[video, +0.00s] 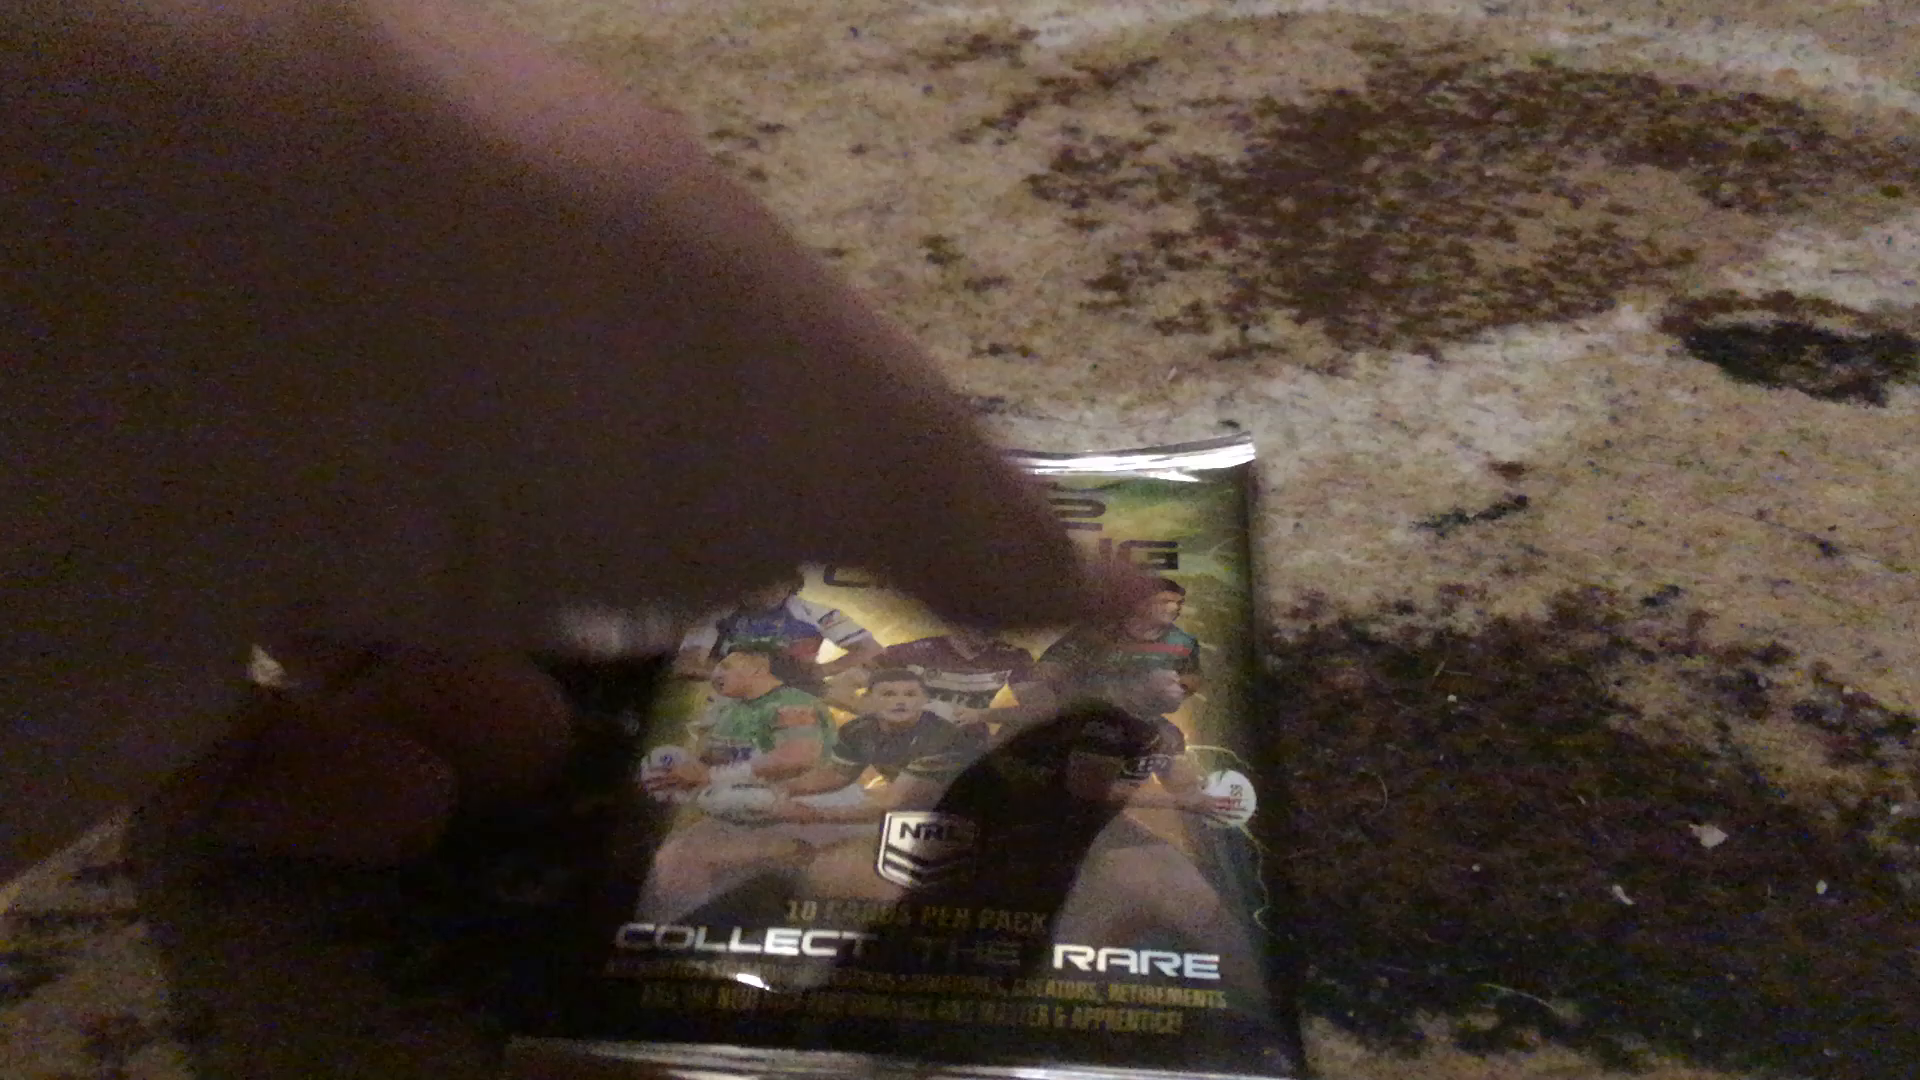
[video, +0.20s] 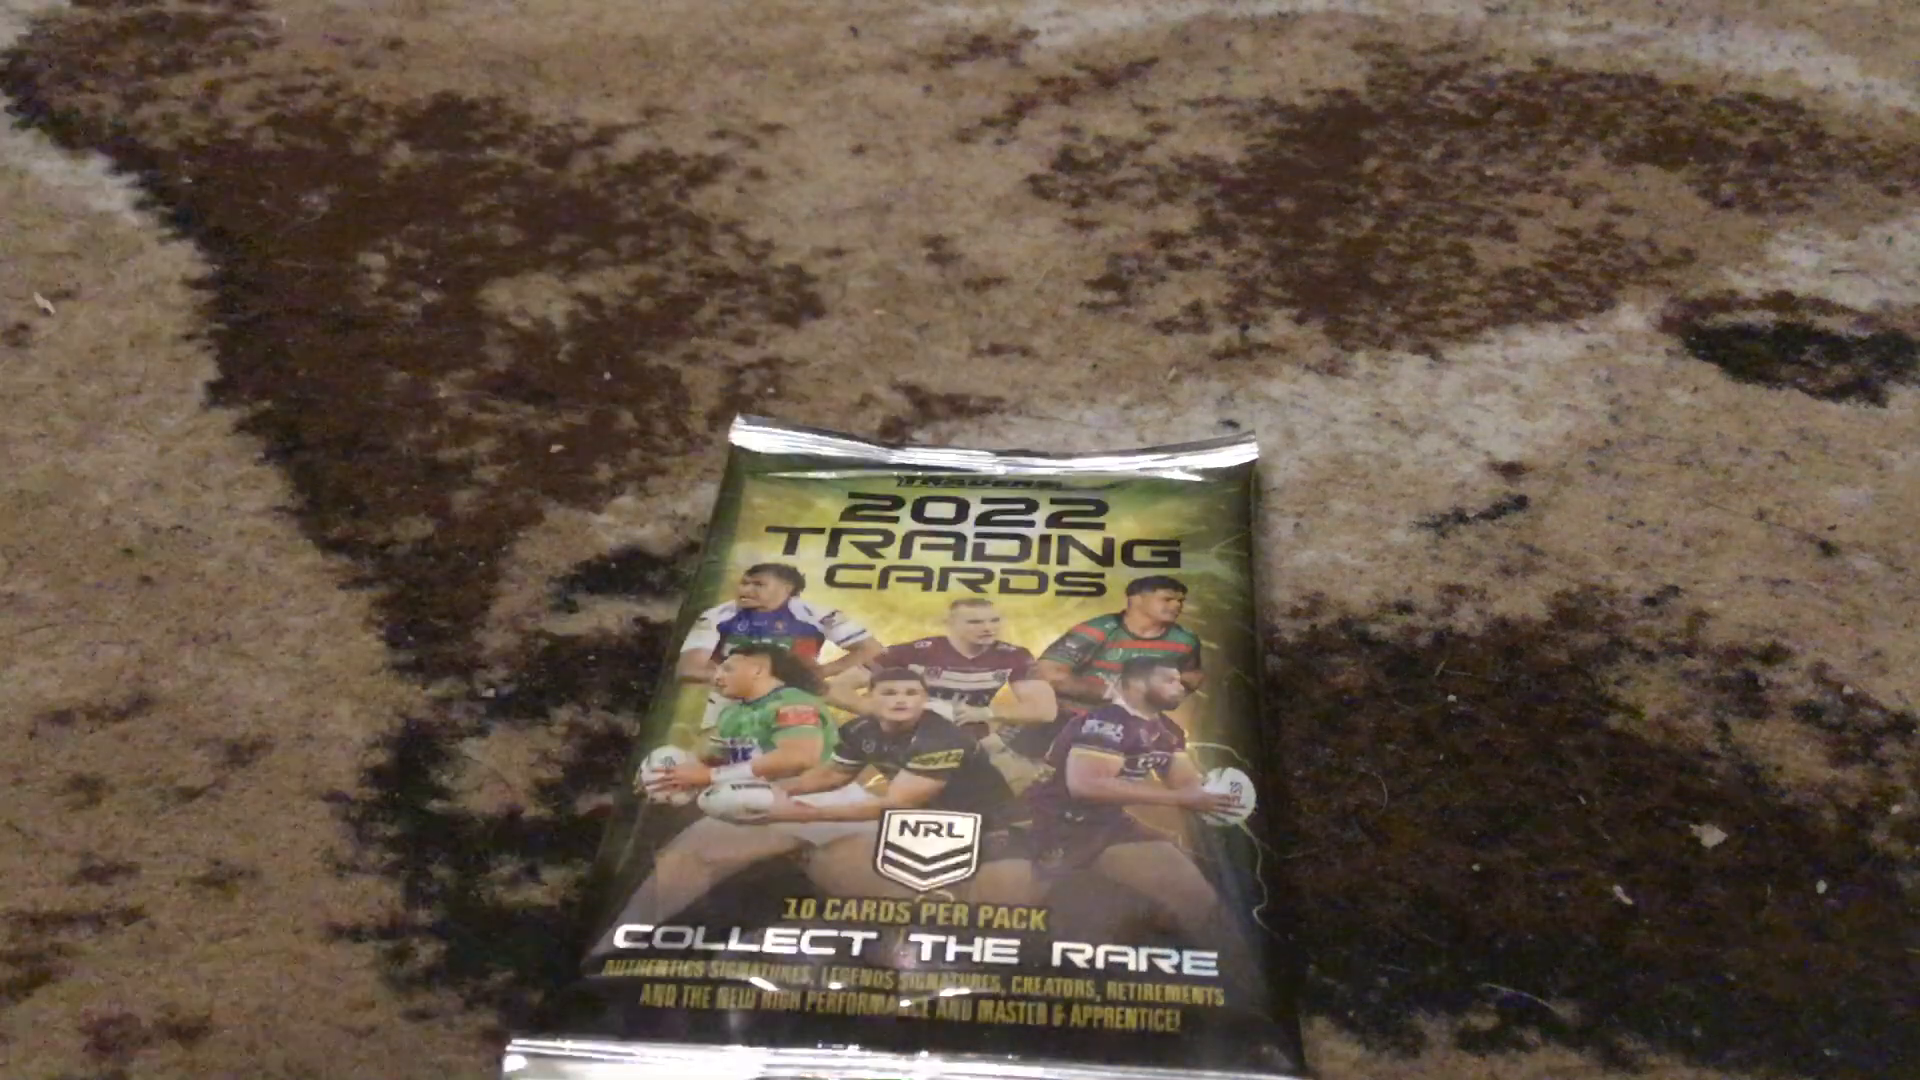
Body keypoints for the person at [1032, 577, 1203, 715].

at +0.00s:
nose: (1174, 609)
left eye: (1178, 604)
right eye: (1165, 602)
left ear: (1180, 607)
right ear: (1142, 602)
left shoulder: (1183, 644)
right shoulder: (1096, 632)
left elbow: (1193, 678)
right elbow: (1057, 661)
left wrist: (1178, 688)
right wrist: (1042, 679)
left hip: (1141, 722)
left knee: (1171, 739)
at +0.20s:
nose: (1176, 606)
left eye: (1179, 602)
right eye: (1167, 599)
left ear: (1182, 606)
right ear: (1135, 600)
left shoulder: (1185, 641)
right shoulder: (1098, 630)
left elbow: (1194, 676)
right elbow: (1046, 670)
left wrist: (1162, 691)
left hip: (1148, 731)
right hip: (1088, 728)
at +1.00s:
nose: (1177, 606)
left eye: (1179, 601)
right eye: (1167, 599)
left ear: (1182, 603)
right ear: (1136, 599)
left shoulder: (1186, 641)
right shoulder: (1098, 630)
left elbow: (1192, 678)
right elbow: (1045, 671)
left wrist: (1151, 696)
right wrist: (1105, 691)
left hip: (1142, 728)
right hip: (1083, 725)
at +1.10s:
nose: (1176, 606)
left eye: (1179, 601)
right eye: (1167, 599)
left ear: (1182, 604)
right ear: (1136, 599)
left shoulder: (1186, 641)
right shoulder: (1099, 629)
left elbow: (1192, 676)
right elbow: (1045, 670)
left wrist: (1153, 697)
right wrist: (1105, 691)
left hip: (1142, 729)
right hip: (1084, 725)